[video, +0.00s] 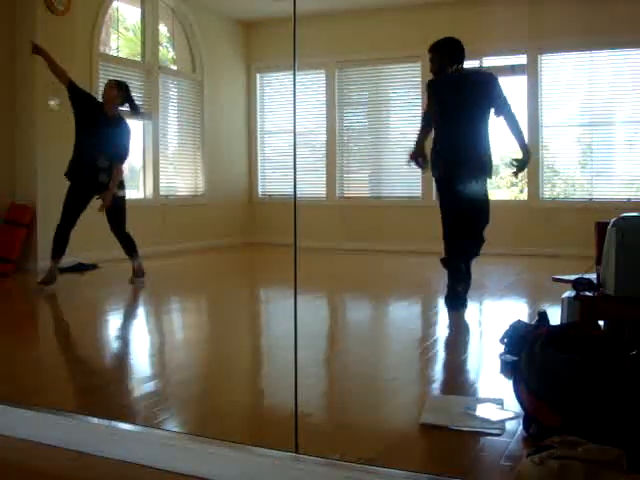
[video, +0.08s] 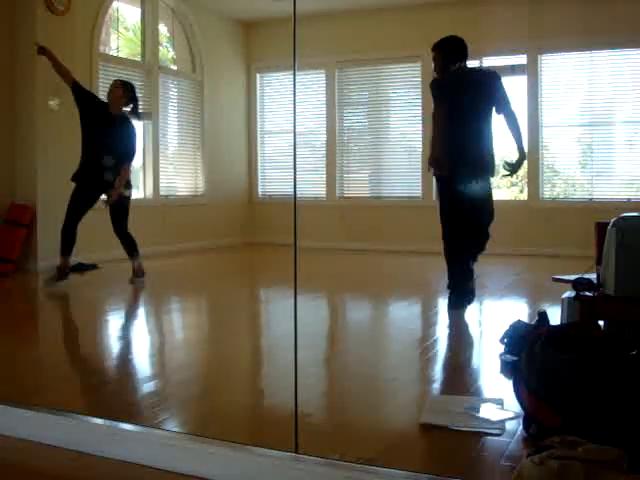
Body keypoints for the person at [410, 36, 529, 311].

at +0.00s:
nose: (430, 65)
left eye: (433, 59)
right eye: (431, 59)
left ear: (444, 59)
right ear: (460, 58)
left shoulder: (436, 86)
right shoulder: (485, 79)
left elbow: (428, 120)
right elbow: (508, 115)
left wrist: (418, 147)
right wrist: (525, 151)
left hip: (446, 165)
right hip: (476, 163)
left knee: (452, 224)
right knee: (478, 221)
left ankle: (457, 288)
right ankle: (459, 266)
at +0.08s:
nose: (434, 63)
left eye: (436, 58)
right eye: (433, 57)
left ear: (447, 57)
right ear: (464, 57)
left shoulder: (440, 85)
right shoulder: (489, 79)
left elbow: (439, 118)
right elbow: (508, 115)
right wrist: (521, 151)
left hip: (448, 168)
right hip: (478, 167)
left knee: (453, 228)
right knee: (481, 223)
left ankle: (459, 289)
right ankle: (465, 266)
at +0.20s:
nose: (444, 58)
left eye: (446, 53)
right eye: (444, 53)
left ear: (456, 52)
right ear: (473, 50)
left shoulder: (450, 76)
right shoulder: (497, 72)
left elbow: (457, 114)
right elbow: (512, 113)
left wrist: (461, 157)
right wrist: (512, 153)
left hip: (457, 159)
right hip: (489, 156)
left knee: (454, 223)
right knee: (487, 212)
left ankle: (455, 291)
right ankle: (490, 275)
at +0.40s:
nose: (472, 79)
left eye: (475, 74)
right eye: (472, 74)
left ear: (485, 74)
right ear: (494, 74)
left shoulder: (486, 99)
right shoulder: (503, 99)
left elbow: (457, 124)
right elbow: (519, 133)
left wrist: (431, 140)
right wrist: (517, 174)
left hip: (496, 179)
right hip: (511, 177)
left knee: (479, 235)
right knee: (510, 228)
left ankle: (470, 286)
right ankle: (530, 277)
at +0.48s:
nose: (483, 76)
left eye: (487, 71)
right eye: (481, 71)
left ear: (499, 73)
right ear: (484, 74)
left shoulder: (501, 98)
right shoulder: (498, 98)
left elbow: (470, 118)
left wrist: (441, 133)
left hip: (513, 172)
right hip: (509, 171)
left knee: (495, 222)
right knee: (510, 225)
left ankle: (490, 278)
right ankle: (530, 278)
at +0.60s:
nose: (497, 63)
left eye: (501, 58)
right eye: (496, 58)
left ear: (511, 60)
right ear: (496, 61)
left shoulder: (522, 85)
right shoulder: (499, 90)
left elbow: (515, 118)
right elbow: (496, 120)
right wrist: (473, 131)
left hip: (523, 160)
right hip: (508, 161)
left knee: (519, 216)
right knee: (515, 216)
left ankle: (533, 271)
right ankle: (535, 268)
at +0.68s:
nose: (503, 63)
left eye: (507, 58)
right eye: (500, 58)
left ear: (518, 59)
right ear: (498, 60)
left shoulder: (527, 84)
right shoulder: (497, 89)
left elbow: (524, 120)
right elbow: (503, 120)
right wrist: (484, 134)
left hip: (526, 160)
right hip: (508, 161)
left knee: (524, 213)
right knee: (515, 216)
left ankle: (548, 262)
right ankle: (526, 269)